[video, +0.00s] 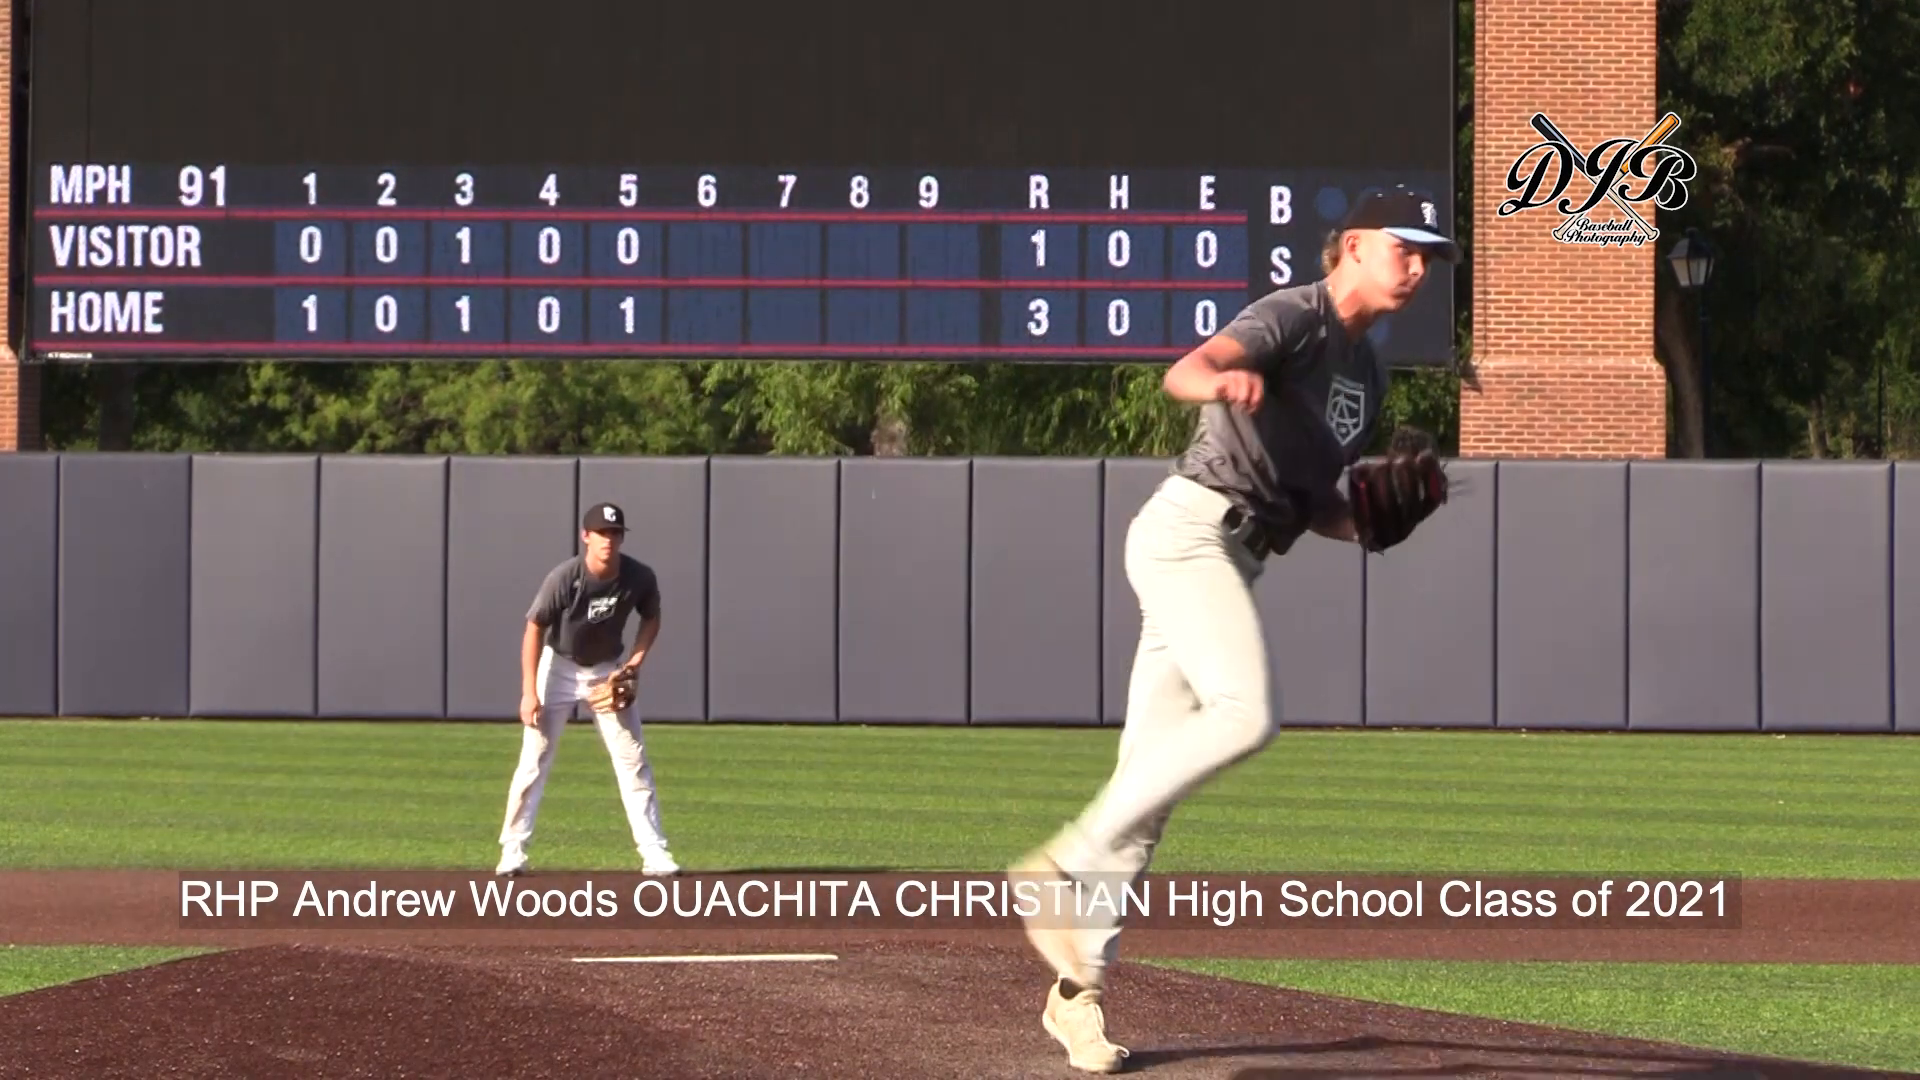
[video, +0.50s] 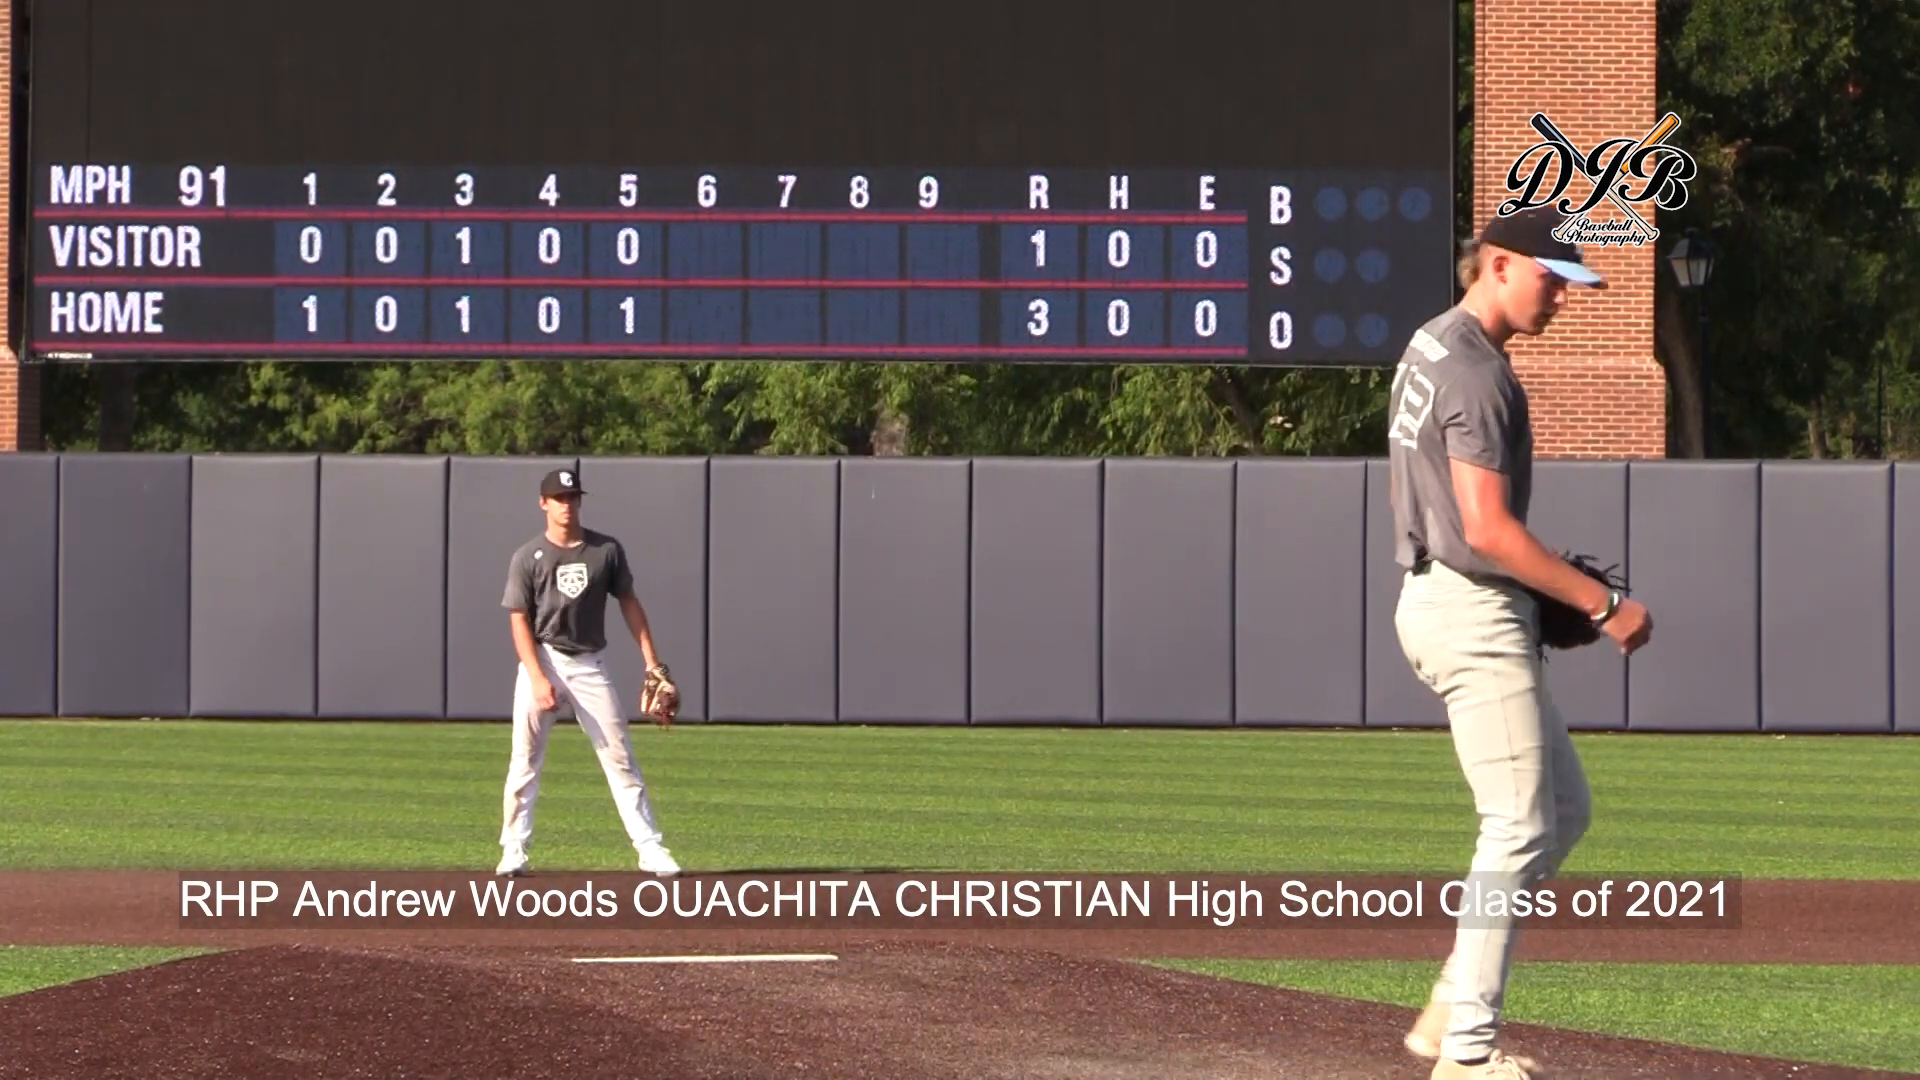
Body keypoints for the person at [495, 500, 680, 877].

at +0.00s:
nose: (609, 541)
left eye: (615, 534)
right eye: (601, 533)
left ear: (623, 538)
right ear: (585, 536)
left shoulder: (640, 578)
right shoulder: (563, 579)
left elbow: (651, 618)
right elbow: (534, 627)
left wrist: (633, 664)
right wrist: (529, 691)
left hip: (608, 670)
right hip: (557, 668)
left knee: (633, 760)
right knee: (534, 760)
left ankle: (654, 852)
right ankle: (513, 851)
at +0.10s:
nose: (609, 537)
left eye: (615, 530)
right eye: (602, 529)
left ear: (623, 533)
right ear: (585, 532)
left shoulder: (640, 574)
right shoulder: (561, 576)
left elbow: (652, 620)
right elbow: (536, 628)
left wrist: (639, 669)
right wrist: (534, 690)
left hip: (610, 669)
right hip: (558, 666)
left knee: (634, 761)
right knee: (535, 760)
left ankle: (654, 854)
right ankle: (513, 851)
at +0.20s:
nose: (605, 528)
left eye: (611, 521)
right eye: (598, 521)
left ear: (618, 525)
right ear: (581, 524)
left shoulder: (637, 568)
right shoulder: (559, 570)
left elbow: (652, 617)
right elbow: (537, 625)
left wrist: (649, 675)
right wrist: (541, 685)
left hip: (610, 671)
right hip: (561, 669)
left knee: (633, 761)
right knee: (535, 761)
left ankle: (654, 854)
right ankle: (513, 852)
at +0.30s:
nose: (594, 518)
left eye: (600, 512)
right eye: (586, 512)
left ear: (607, 515)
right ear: (571, 516)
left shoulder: (631, 562)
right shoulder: (551, 563)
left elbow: (648, 615)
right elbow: (535, 624)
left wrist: (655, 675)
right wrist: (547, 682)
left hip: (608, 671)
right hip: (558, 669)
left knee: (631, 761)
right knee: (535, 761)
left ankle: (654, 855)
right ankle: (513, 854)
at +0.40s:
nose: (582, 510)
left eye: (587, 502)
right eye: (573, 503)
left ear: (596, 506)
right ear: (559, 508)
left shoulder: (620, 555)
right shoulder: (541, 559)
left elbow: (641, 610)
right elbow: (529, 620)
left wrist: (657, 672)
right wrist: (546, 679)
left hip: (601, 668)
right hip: (551, 664)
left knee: (626, 761)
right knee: (531, 760)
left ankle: (653, 854)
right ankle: (514, 855)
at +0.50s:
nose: (567, 506)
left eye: (573, 498)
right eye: (559, 499)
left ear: (580, 502)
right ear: (544, 504)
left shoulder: (607, 551)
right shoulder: (527, 556)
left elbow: (629, 604)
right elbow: (519, 622)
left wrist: (651, 663)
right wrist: (537, 677)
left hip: (589, 665)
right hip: (540, 662)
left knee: (620, 757)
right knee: (524, 761)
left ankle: (651, 851)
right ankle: (514, 855)